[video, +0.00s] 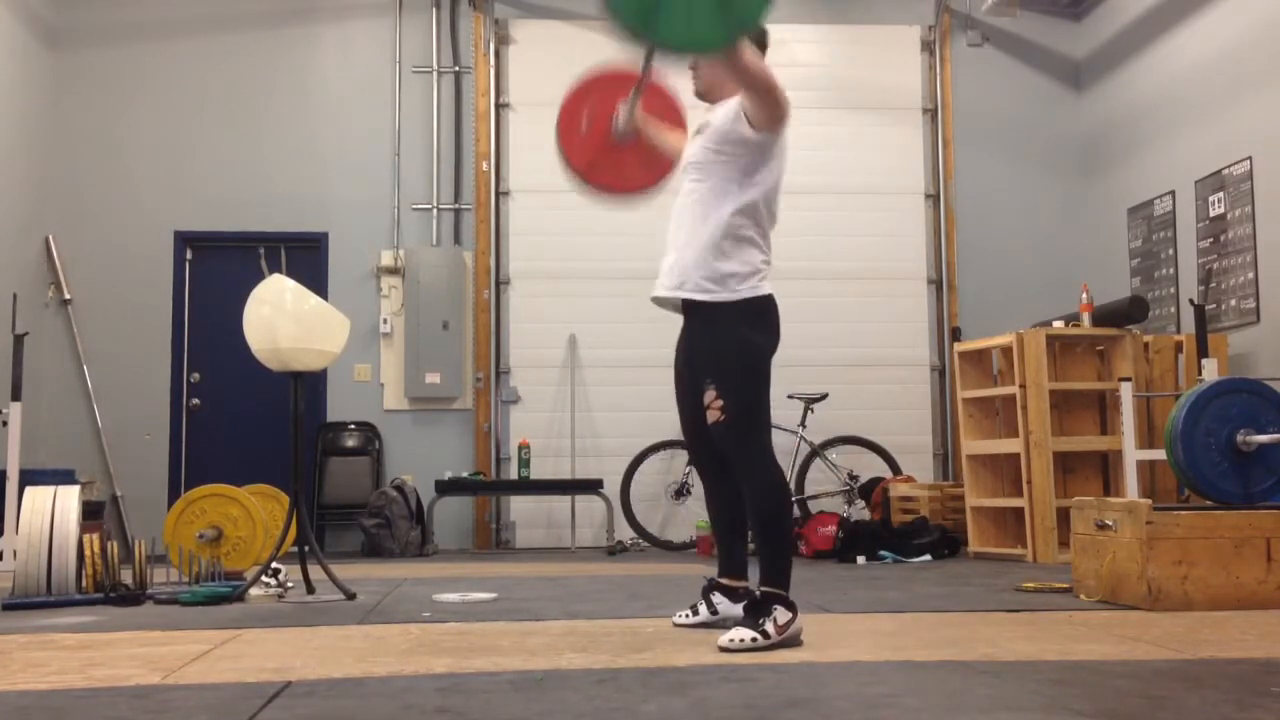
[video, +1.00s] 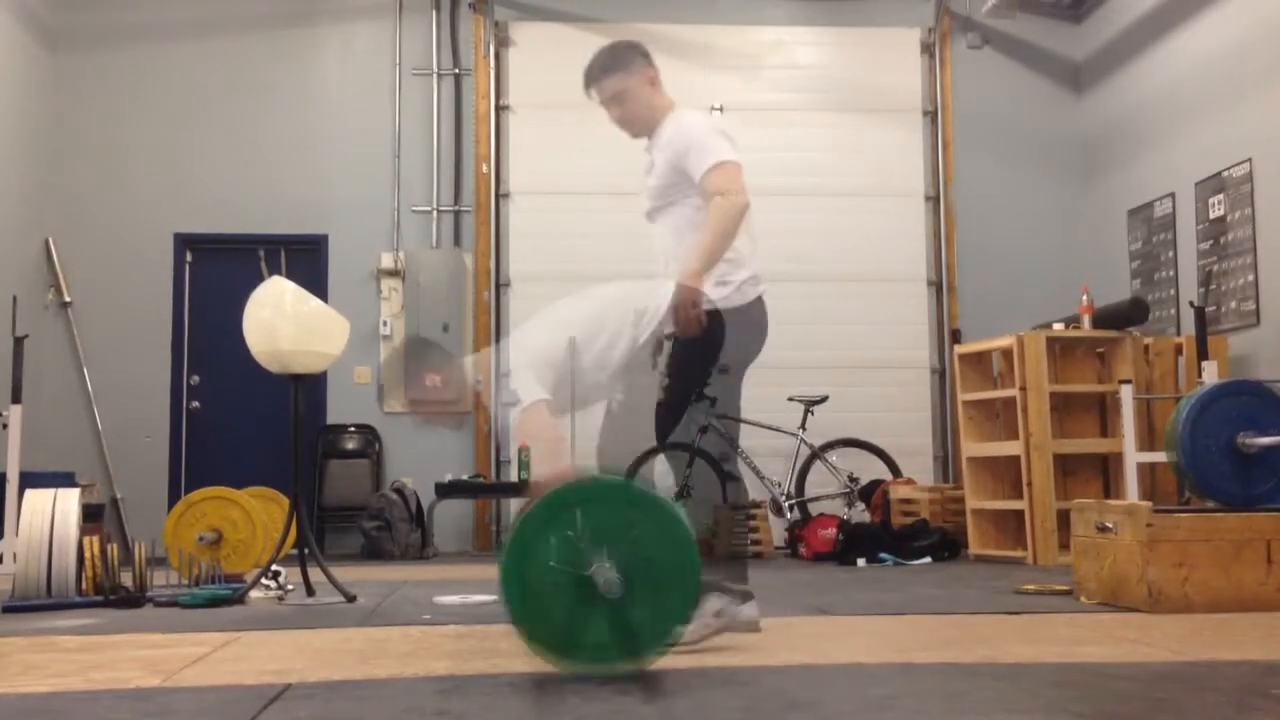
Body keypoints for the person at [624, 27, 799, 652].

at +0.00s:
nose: (691, 64)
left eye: (701, 54)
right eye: (689, 54)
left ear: (736, 55)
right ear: (705, 63)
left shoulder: (756, 116)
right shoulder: (711, 126)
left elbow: (769, 101)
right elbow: (689, 160)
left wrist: (728, 39)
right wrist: (639, 123)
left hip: (739, 313)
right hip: (701, 314)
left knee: (750, 454)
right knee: (709, 456)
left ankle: (777, 606)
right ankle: (730, 594)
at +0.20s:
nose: (699, 76)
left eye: (710, 63)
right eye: (693, 67)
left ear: (745, 61)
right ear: (693, 71)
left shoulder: (755, 116)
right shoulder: (721, 130)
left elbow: (772, 168)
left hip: (751, 312)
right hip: (713, 309)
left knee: (756, 452)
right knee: (712, 452)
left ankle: (779, 607)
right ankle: (731, 593)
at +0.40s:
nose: (682, 85)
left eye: (692, 71)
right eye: (674, 76)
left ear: (726, 65)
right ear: (670, 78)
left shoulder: (746, 123)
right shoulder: (707, 137)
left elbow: (770, 204)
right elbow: (710, 234)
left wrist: (753, 291)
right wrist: (679, 306)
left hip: (743, 318)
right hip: (705, 321)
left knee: (759, 460)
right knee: (714, 463)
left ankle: (779, 608)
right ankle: (729, 595)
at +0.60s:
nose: (662, 91)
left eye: (672, 77)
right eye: (654, 82)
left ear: (707, 71)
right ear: (652, 86)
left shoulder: (726, 125)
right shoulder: (697, 141)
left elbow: (761, 202)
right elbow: (706, 238)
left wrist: (742, 292)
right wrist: (681, 314)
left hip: (737, 319)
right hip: (706, 323)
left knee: (749, 455)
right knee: (714, 457)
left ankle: (777, 608)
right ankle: (730, 594)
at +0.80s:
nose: (640, 101)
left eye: (648, 85)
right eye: (631, 92)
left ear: (681, 75)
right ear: (629, 97)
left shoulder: (709, 128)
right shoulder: (680, 147)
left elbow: (745, 203)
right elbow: (694, 238)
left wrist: (712, 286)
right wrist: (678, 310)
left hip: (730, 317)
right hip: (703, 320)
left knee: (721, 447)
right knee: (711, 450)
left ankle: (762, 596)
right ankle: (732, 590)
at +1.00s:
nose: (614, 114)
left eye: (618, 98)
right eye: (604, 104)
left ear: (651, 81)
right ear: (604, 103)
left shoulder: (690, 128)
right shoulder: (668, 143)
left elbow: (732, 197)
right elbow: (691, 233)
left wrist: (693, 276)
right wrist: (675, 308)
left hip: (720, 313)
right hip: (705, 314)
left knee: (691, 445)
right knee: (709, 449)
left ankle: (720, 591)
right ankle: (731, 592)